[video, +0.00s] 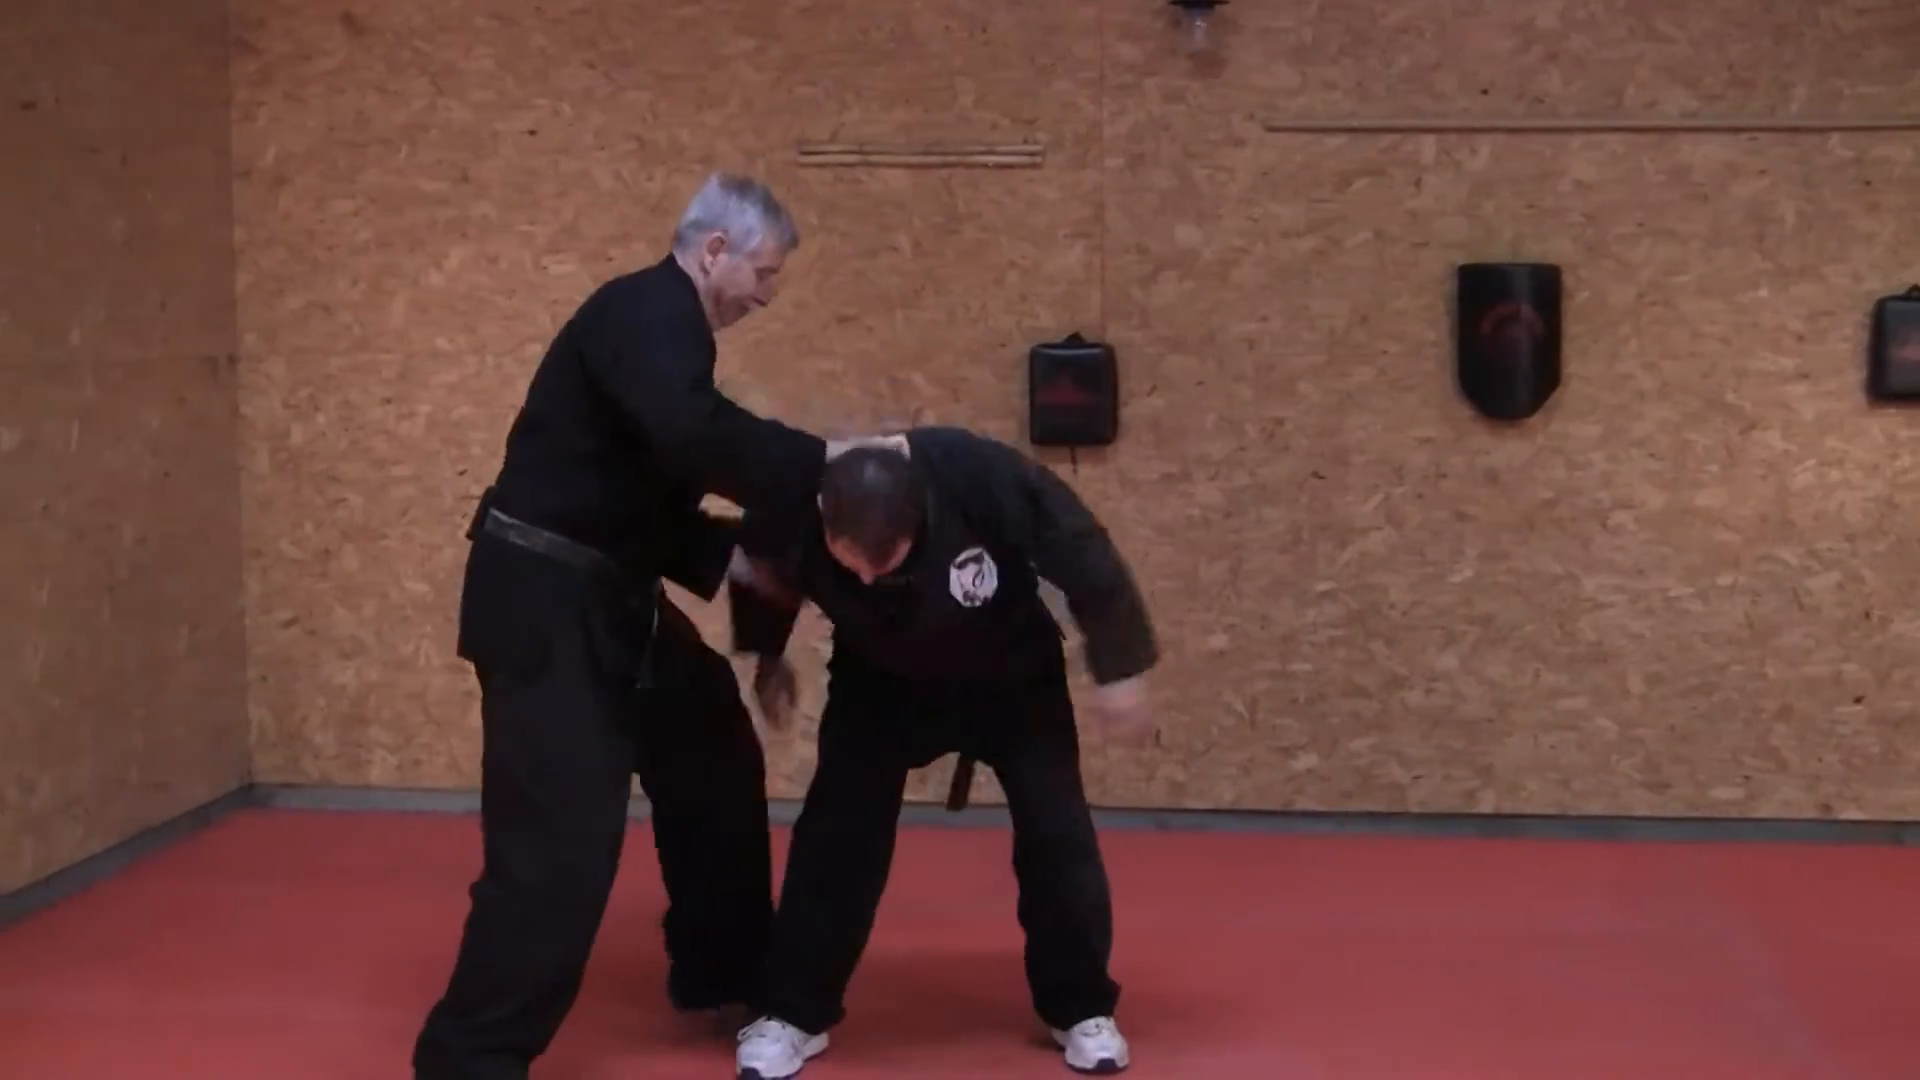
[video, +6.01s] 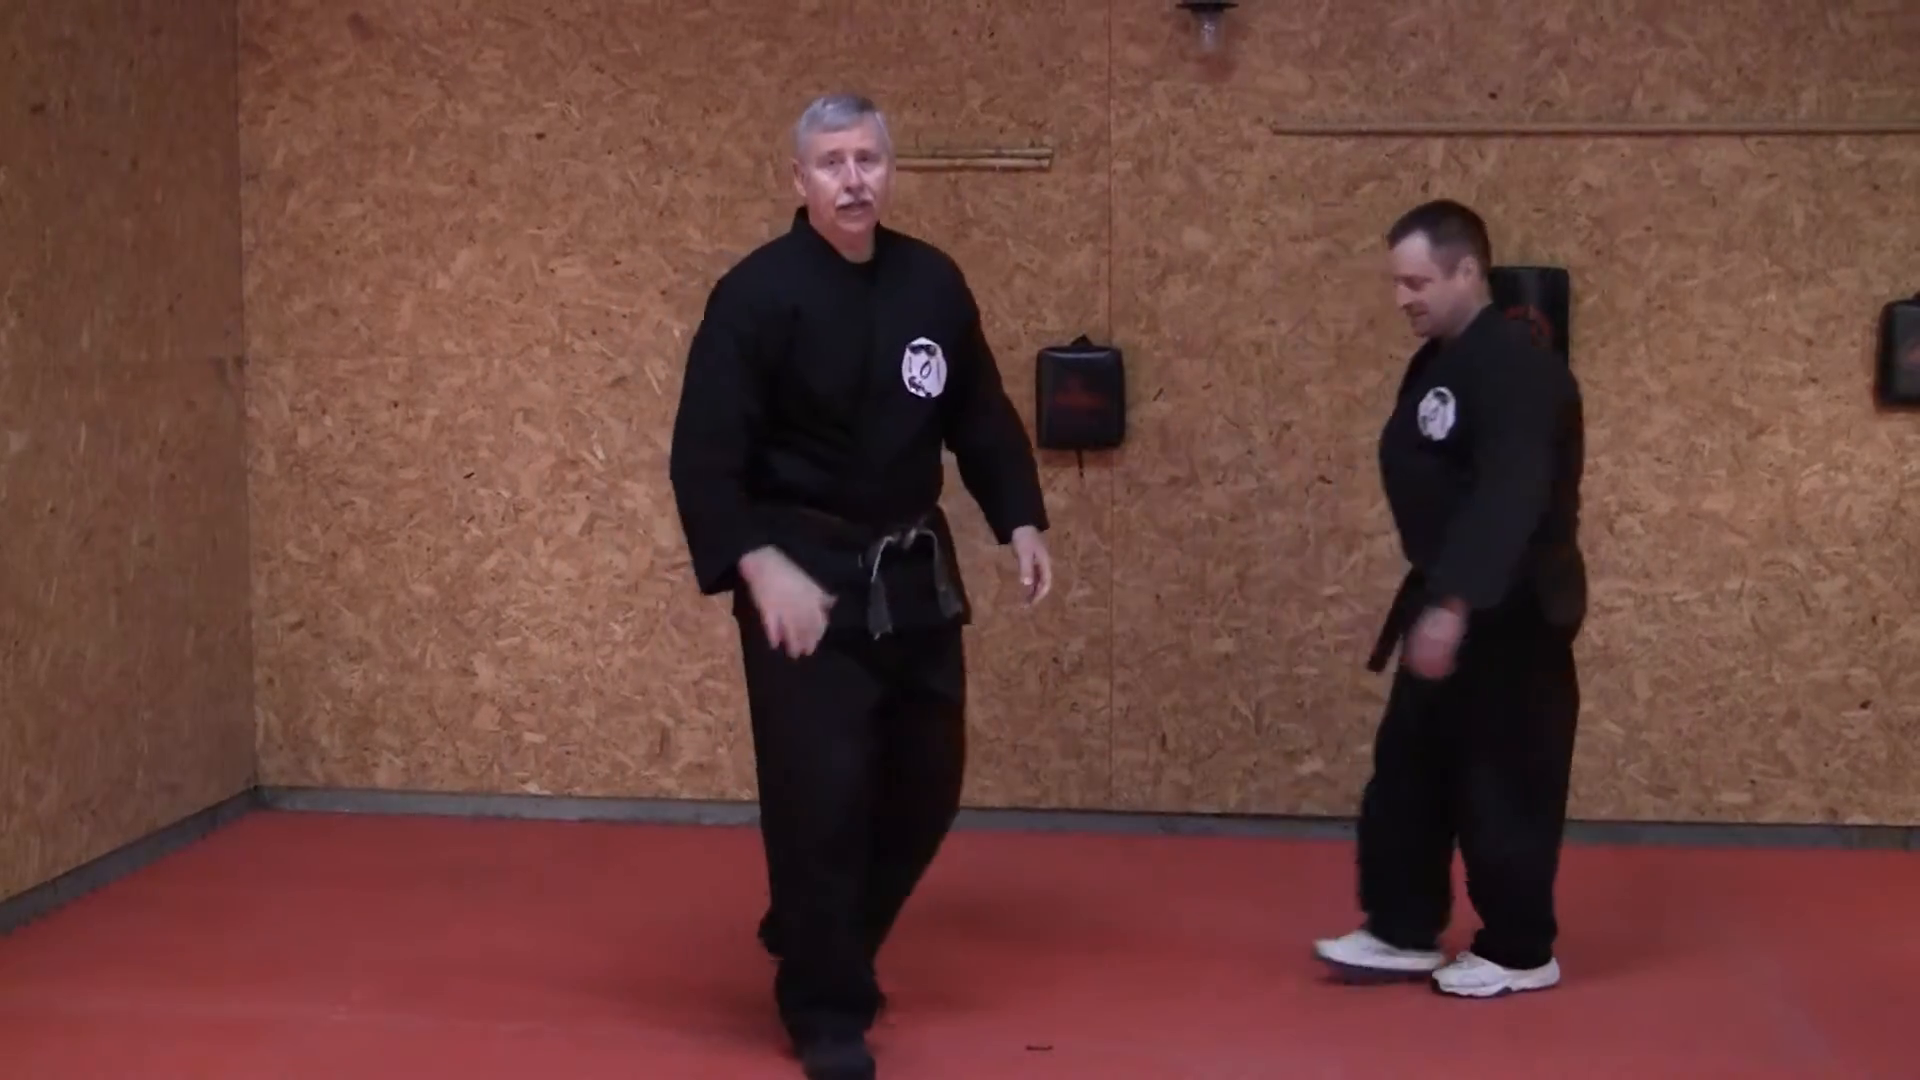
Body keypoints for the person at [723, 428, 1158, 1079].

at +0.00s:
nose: (867, 576)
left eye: (883, 564)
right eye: (851, 564)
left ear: (911, 526)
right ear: (824, 520)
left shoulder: (971, 474)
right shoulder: (796, 503)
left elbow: (1076, 545)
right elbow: (765, 568)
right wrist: (765, 650)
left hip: (1006, 666)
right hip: (880, 676)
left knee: (1057, 830)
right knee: (836, 830)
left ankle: (1082, 1010)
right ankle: (794, 1013)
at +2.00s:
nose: (824, 260)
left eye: (820, 247)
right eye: (795, 261)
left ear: (847, 265)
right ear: (778, 317)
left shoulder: (939, 331)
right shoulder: (789, 425)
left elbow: (1012, 391)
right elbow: (757, 511)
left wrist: (1045, 485)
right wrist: (781, 340)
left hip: (992, 616)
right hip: (876, 636)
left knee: (1045, 804)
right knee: (853, 826)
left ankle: (1070, 981)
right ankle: (838, 1011)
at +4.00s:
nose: (922, 273)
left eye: (916, 259)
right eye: (897, 268)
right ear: (845, 305)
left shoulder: (954, 347)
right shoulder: (815, 410)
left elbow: (991, 436)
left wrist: (1004, 524)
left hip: (944, 631)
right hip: (831, 648)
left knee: (1003, 808)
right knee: (821, 832)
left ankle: (1038, 983)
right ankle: (806, 1014)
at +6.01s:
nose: (1403, 300)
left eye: (1415, 283)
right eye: (1398, 285)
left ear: (1466, 271)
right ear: (1445, 279)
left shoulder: (1518, 363)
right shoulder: (1439, 363)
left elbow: (1512, 494)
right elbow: (1451, 491)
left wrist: (1454, 599)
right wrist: (1426, 587)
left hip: (1518, 613)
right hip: (1450, 603)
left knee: (1509, 781)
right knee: (1409, 772)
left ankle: (1519, 950)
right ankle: (1403, 931)